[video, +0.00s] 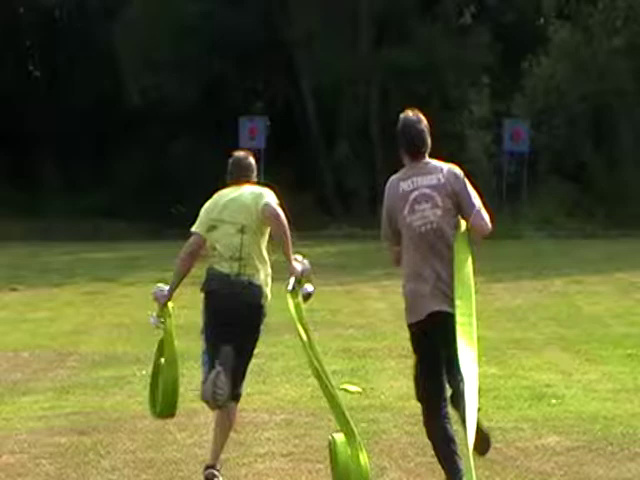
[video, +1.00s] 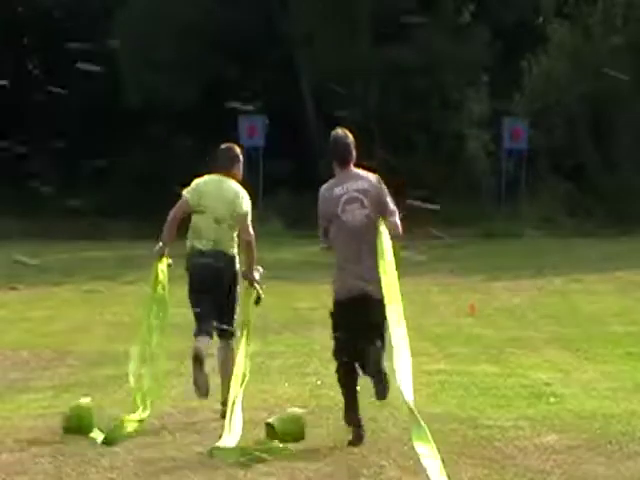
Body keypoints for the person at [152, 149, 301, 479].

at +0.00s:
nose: (251, 178)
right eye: (254, 173)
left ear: (229, 176)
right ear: (254, 175)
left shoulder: (216, 200)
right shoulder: (263, 195)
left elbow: (193, 248)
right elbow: (275, 216)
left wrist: (171, 288)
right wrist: (292, 260)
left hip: (216, 284)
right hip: (252, 288)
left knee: (213, 341)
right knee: (233, 381)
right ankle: (213, 462)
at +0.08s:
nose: (236, 175)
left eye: (223, 172)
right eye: (238, 170)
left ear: (215, 175)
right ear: (241, 174)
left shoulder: (204, 203)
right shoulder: (255, 199)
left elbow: (185, 248)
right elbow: (279, 229)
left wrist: (163, 286)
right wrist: (285, 276)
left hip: (208, 290)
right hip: (243, 292)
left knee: (205, 354)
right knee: (231, 380)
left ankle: (204, 388)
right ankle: (210, 457)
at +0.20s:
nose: (212, 171)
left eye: (204, 168)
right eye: (219, 165)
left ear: (200, 169)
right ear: (225, 167)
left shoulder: (194, 200)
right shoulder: (244, 196)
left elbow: (178, 245)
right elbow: (267, 228)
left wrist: (156, 271)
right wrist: (271, 275)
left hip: (201, 278)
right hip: (234, 278)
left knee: (197, 359)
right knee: (221, 358)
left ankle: (190, 433)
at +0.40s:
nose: (222, 174)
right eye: (225, 169)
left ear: (201, 170)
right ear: (226, 171)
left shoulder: (187, 197)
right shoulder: (234, 199)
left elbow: (159, 229)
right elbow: (244, 234)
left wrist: (149, 256)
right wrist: (247, 278)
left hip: (187, 284)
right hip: (220, 285)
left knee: (187, 363)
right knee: (213, 359)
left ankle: (182, 429)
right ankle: (205, 429)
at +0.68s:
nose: (215, 171)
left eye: (207, 166)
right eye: (220, 166)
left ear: (199, 168)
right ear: (222, 168)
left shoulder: (187, 192)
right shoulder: (234, 197)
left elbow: (164, 220)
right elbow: (246, 239)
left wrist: (153, 248)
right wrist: (246, 282)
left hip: (189, 273)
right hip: (220, 275)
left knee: (193, 343)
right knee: (209, 346)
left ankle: (190, 406)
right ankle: (205, 397)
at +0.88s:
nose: (230, 172)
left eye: (227, 167)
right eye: (230, 168)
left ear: (204, 169)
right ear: (226, 169)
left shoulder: (191, 192)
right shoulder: (233, 196)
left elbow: (168, 220)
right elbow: (244, 234)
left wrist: (157, 248)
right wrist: (247, 271)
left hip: (196, 272)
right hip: (224, 272)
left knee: (195, 342)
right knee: (220, 335)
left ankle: (196, 411)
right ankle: (216, 375)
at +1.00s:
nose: (242, 170)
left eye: (240, 164)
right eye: (241, 165)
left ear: (216, 164)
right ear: (236, 166)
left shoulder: (199, 185)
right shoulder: (239, 194)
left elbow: (174, 215)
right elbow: (247, 236)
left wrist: (164, 245)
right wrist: (250, 269)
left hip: (197, 256)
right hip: (226, 257)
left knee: (203, 320)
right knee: (226, 331)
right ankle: (228, 396)